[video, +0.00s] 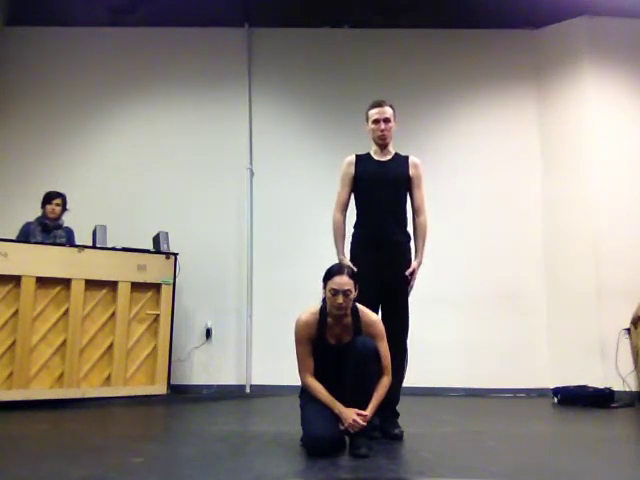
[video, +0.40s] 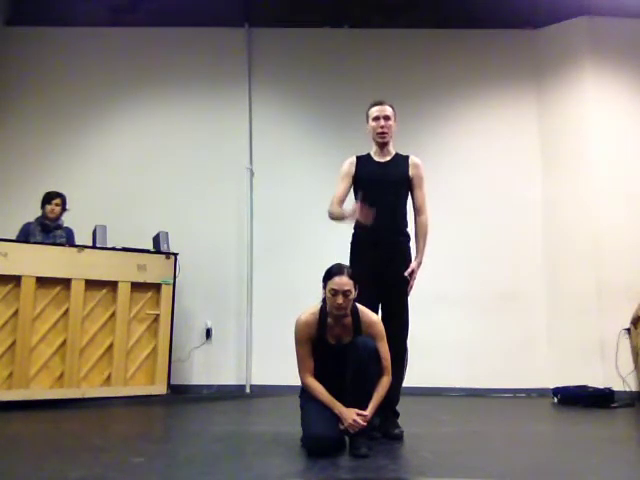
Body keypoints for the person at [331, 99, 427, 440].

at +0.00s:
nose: (382, 126)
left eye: (387, 121)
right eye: (376, 121)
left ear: (395, 125)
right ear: (367, 127)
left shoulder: (411, 166)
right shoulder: (353, 165)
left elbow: (420, 215)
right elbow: (339, 213)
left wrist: (418, 258)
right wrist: (342, 259)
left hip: (397, 258)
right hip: (363, 259)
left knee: (396, 338)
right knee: (359, 338)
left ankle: (389, 415)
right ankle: (359, 417)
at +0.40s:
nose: (383, 124)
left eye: (387, 118)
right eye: (377, 119)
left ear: (395, 124)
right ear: (368, 126)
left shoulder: (411, 166)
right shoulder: (353, 165)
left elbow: (421, 215)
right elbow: (333, 210)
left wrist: (419, 259)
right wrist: (350, 213)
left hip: (396, 259)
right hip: (363, 259)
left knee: (395, 339)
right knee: (360, 338)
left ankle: (388, 415)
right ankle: (360, 416)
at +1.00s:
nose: (381, 122)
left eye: (387, 117)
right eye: (376, 117)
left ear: (395, 124)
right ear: (366, 126)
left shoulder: (411, 166)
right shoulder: (353, 164)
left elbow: (420, 215)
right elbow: (331, 207)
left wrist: (417, 260)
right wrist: (363, 182)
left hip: (396, 258)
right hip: (362, 257)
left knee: (395, 339)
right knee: (359, 337)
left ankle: (388, 415)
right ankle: (359, 416)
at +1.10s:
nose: (381, 122)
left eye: (386, 117)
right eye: (375, 118)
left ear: (394, 125)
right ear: (366, 126)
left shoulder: (410, 165)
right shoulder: (353, 164)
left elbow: (420, 214)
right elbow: (332, 207)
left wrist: (417, 259)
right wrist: (364, 181)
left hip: (395, 258)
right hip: (362, 258)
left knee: (395, 338)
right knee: (359, 337)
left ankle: (388, 415)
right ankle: (359, 416)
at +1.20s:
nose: (380, 122)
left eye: (385, 118)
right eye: (374, 118)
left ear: (393, 125)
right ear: (366, 126)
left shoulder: (410, 165)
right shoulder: (353, 164)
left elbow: (420, 215)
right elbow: (334, 206)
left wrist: (417, 259)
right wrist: (365, 179)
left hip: (396, 257)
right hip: (363, 256)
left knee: (395, 337)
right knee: (359, 336)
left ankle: (388, 415)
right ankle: (359, 416)